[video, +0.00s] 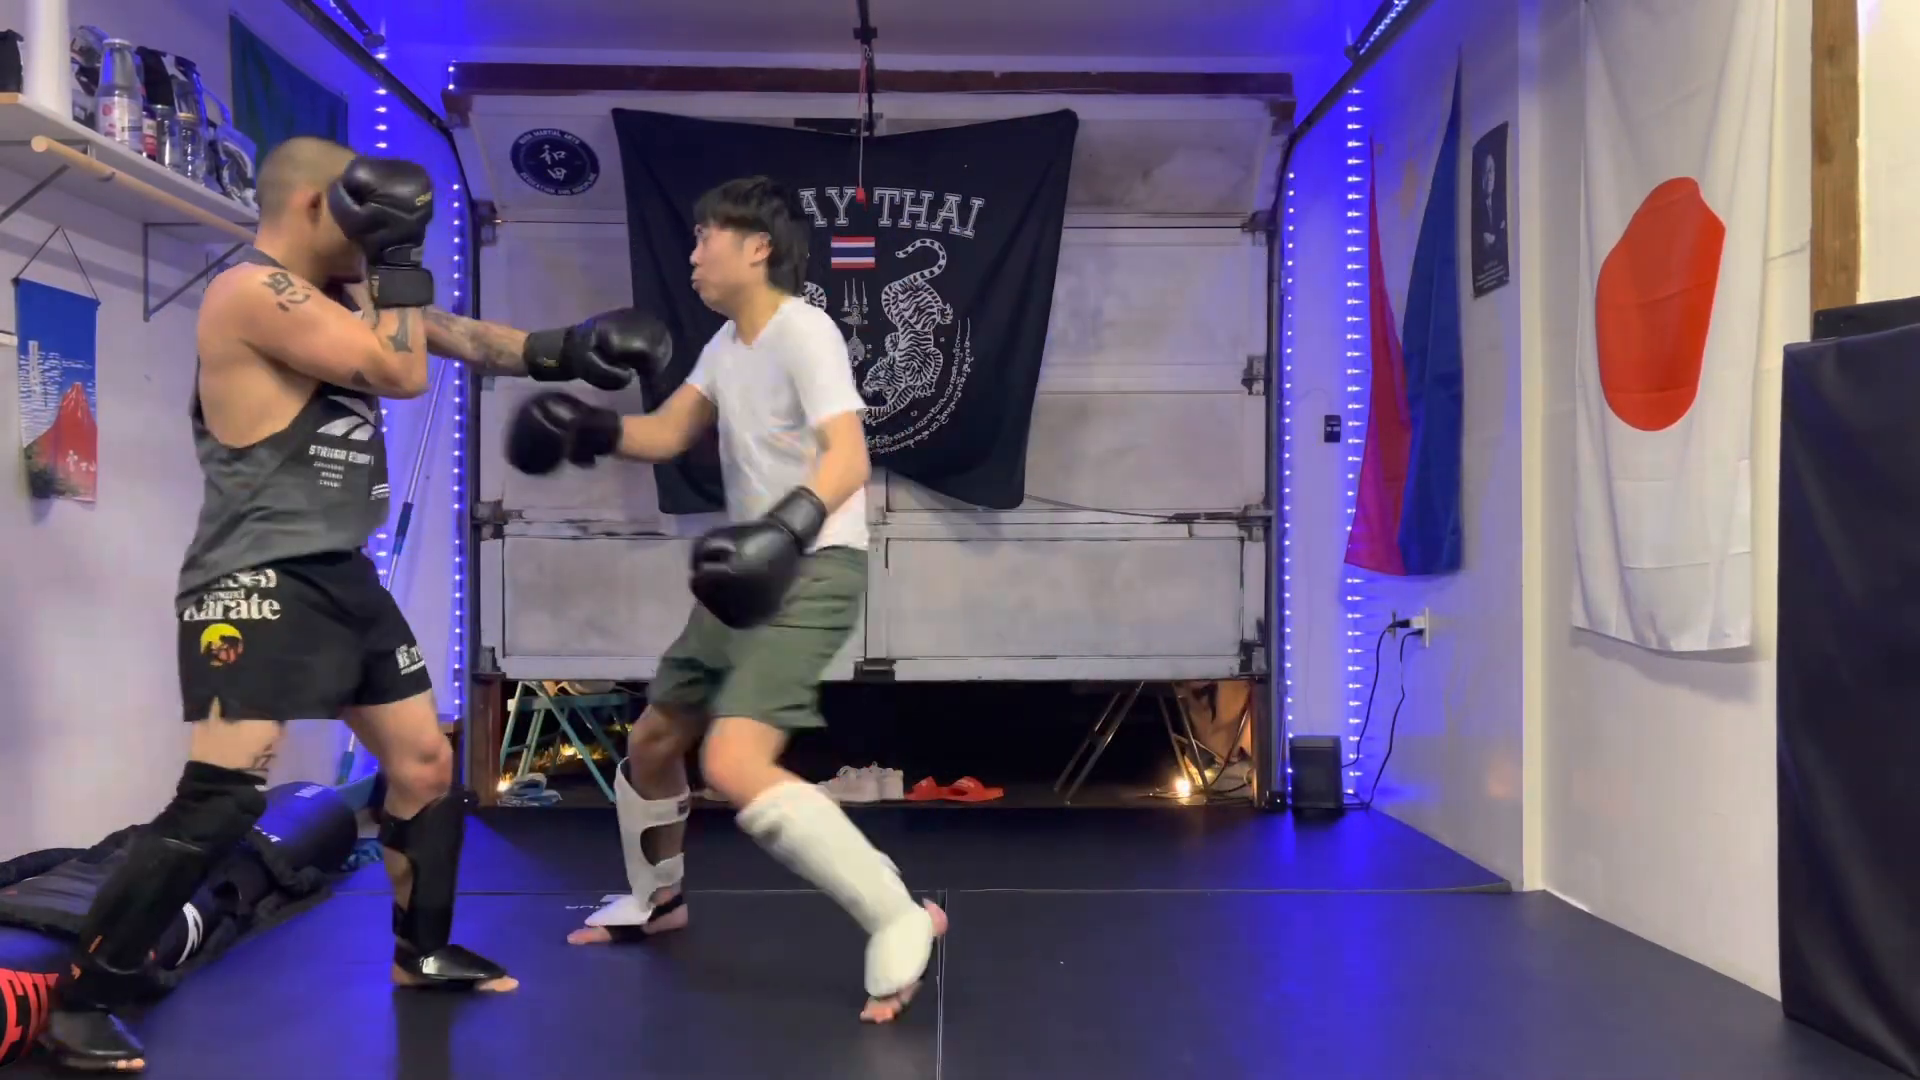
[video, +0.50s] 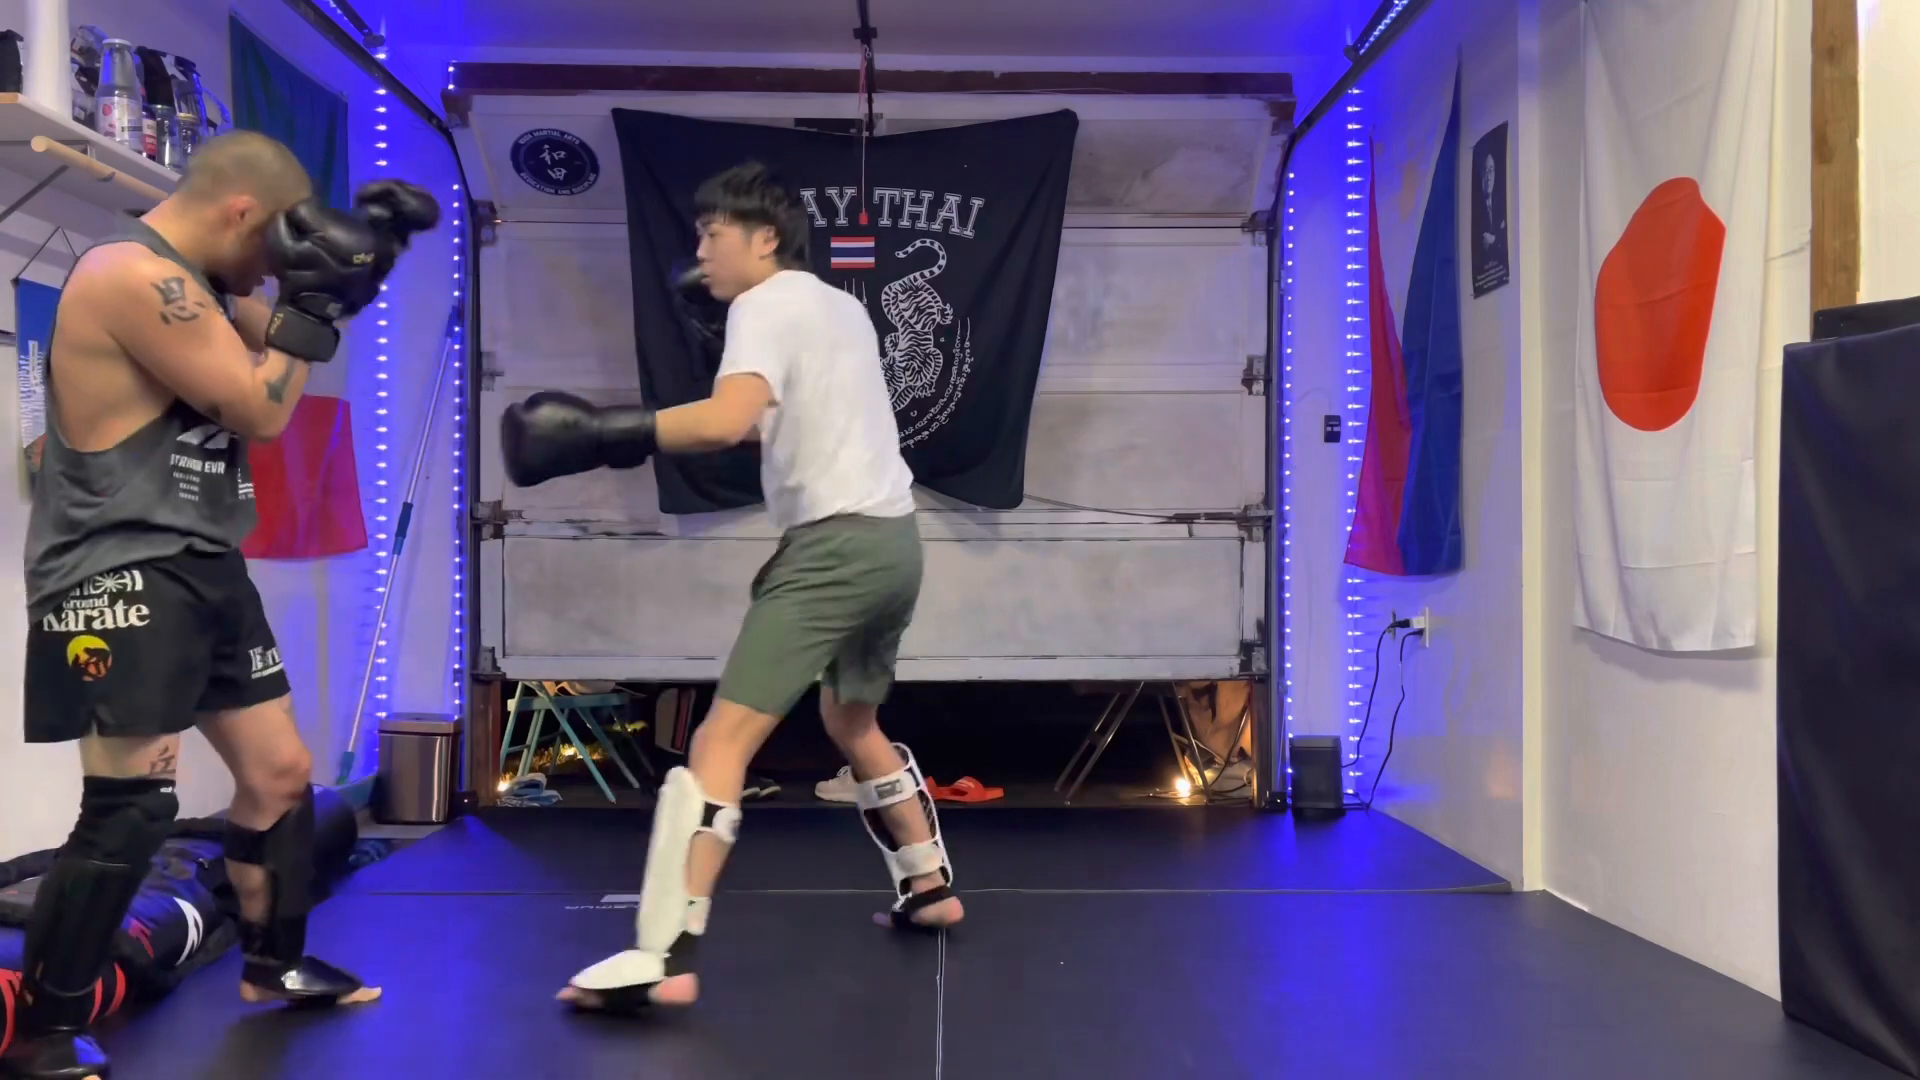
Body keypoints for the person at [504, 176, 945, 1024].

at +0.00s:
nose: (692, 255)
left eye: (705, 239)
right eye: (695, 240)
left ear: (756, 249)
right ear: (743, 253)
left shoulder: (804, 332)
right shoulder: (724, 344)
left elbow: (848, 455)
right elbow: (670, 431)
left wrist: (781, 534)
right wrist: (594, 431)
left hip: (818, 563)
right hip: (743, 565)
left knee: (737, 761)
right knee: (652, 745)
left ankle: (900, 920)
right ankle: (656, 897)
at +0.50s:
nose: (701, 251)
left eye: (713, 235)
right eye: (701, 236)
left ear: (764, 239)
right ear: (773, 245)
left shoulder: (766, 308)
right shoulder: (842, 306)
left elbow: (730, 418)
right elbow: (812, 414)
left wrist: (608, 432)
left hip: (832, 548)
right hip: (894, 544)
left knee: (722, 742)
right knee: (853, 719)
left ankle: (668, 954)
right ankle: (930, 884)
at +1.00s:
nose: (806, 265)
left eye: (817, 248)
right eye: (805, 249)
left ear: (870, 242)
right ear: (883, 249)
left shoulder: (878, 298)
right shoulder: (940, 309)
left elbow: (747, 330)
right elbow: (890, 443)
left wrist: (613, 308)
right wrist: (822, 392)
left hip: (967, 538)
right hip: (1014, 538)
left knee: (874, 760)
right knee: (973, 732)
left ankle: (912, 974)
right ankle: (1039, 890)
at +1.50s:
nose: (761, 276)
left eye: (773, 258)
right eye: (760, 258)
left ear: (831, 260)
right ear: (806, 264)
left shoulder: (910, 317)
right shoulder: (826, 329)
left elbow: (1023, 431)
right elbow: (754, 398)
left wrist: (935, 513)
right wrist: (705, 330)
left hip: (994, 548)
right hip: (944, 552)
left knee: (877, 753)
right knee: (944, 743)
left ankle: (939, 1004)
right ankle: (1034, 899)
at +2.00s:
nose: (738, 282)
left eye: (759, 263)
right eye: (738, 262)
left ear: (832, 280)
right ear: (738, 273)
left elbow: (984, 526)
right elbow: (573, 385)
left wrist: (872, 508)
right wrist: (435, 373)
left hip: (969, 599)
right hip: (894, 603)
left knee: (803, 770)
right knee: (948, 788)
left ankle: (786, 1049)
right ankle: (1033, 903)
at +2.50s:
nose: (985, 189)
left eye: (1003, 167)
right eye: (983, 168)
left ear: (1068, 175)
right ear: (1018, 180)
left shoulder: (1123, 259)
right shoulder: (1033, 268)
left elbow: (1052, 409)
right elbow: (985, 363)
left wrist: (942, 325)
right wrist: (933, 249)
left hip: (1153, 533)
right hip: (1096, 532)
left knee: (1012, 744)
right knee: (1063, 742)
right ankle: (1128, 931)